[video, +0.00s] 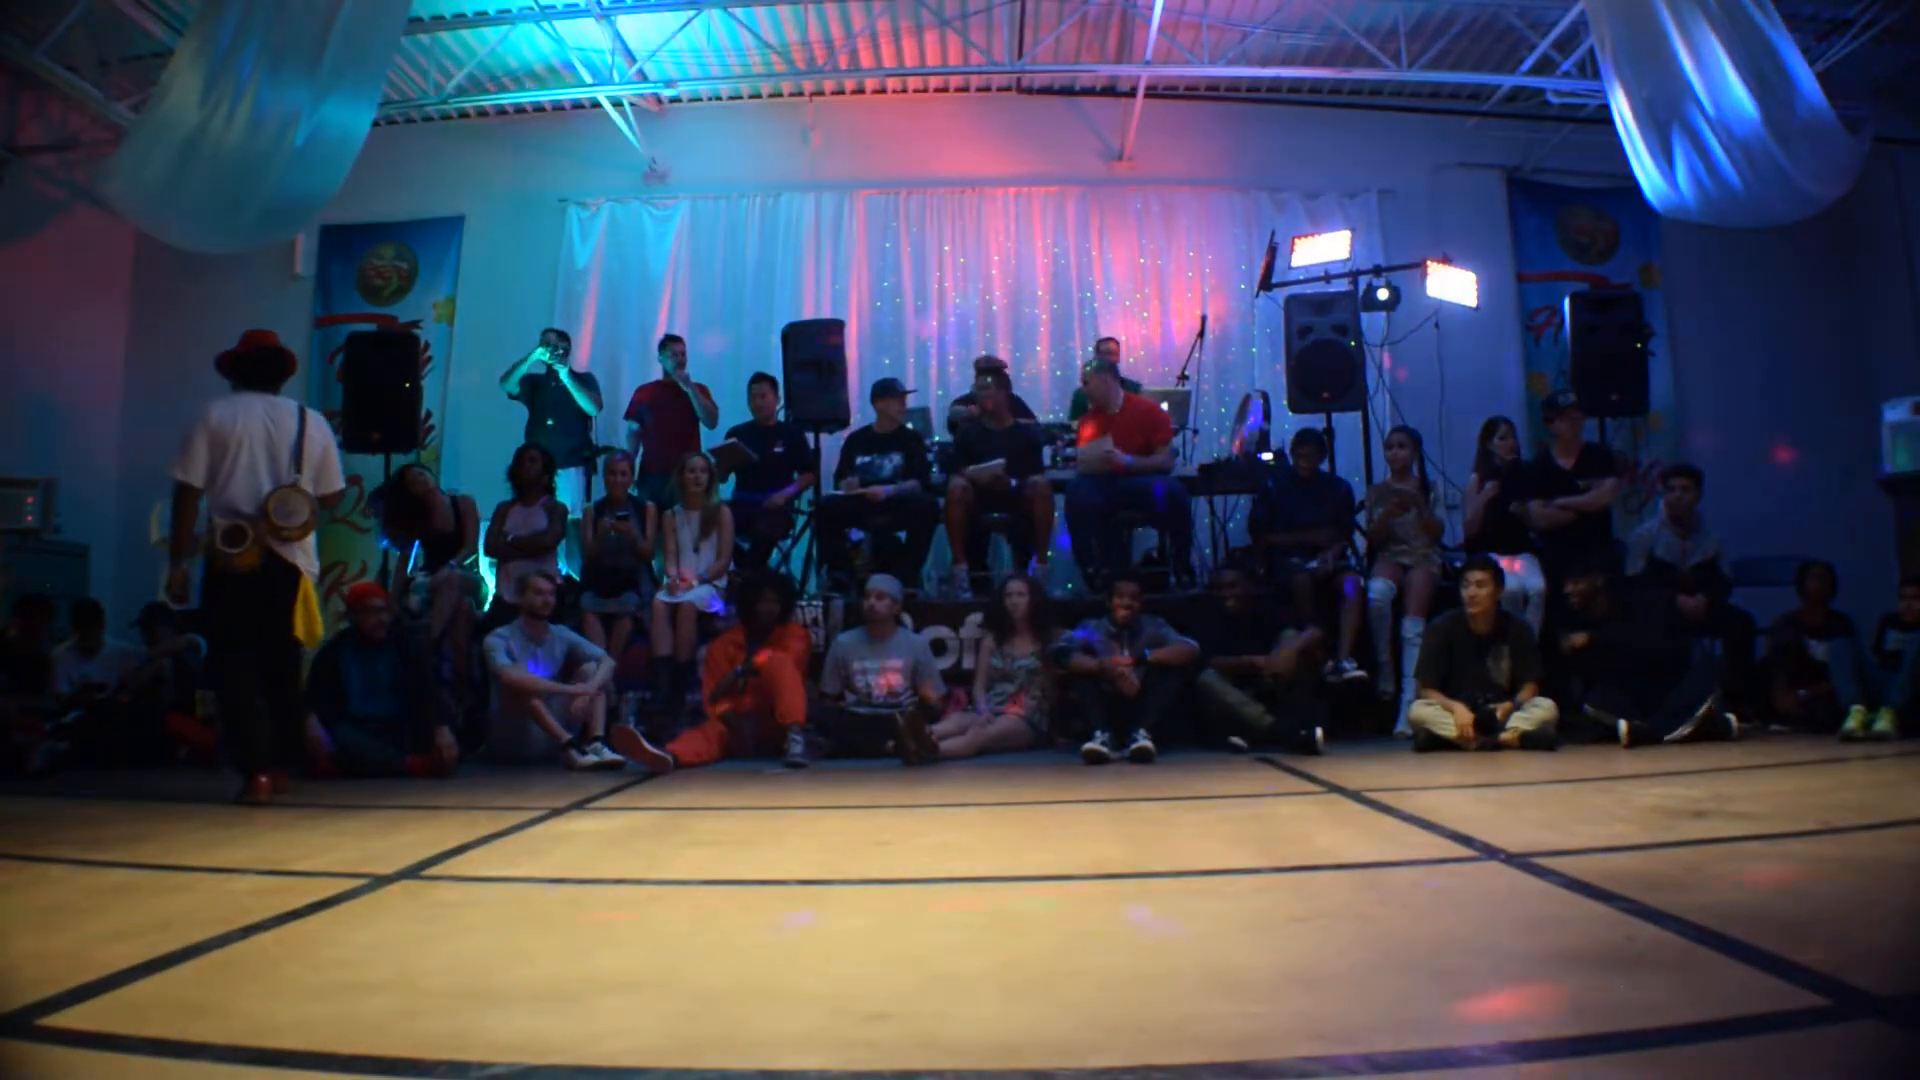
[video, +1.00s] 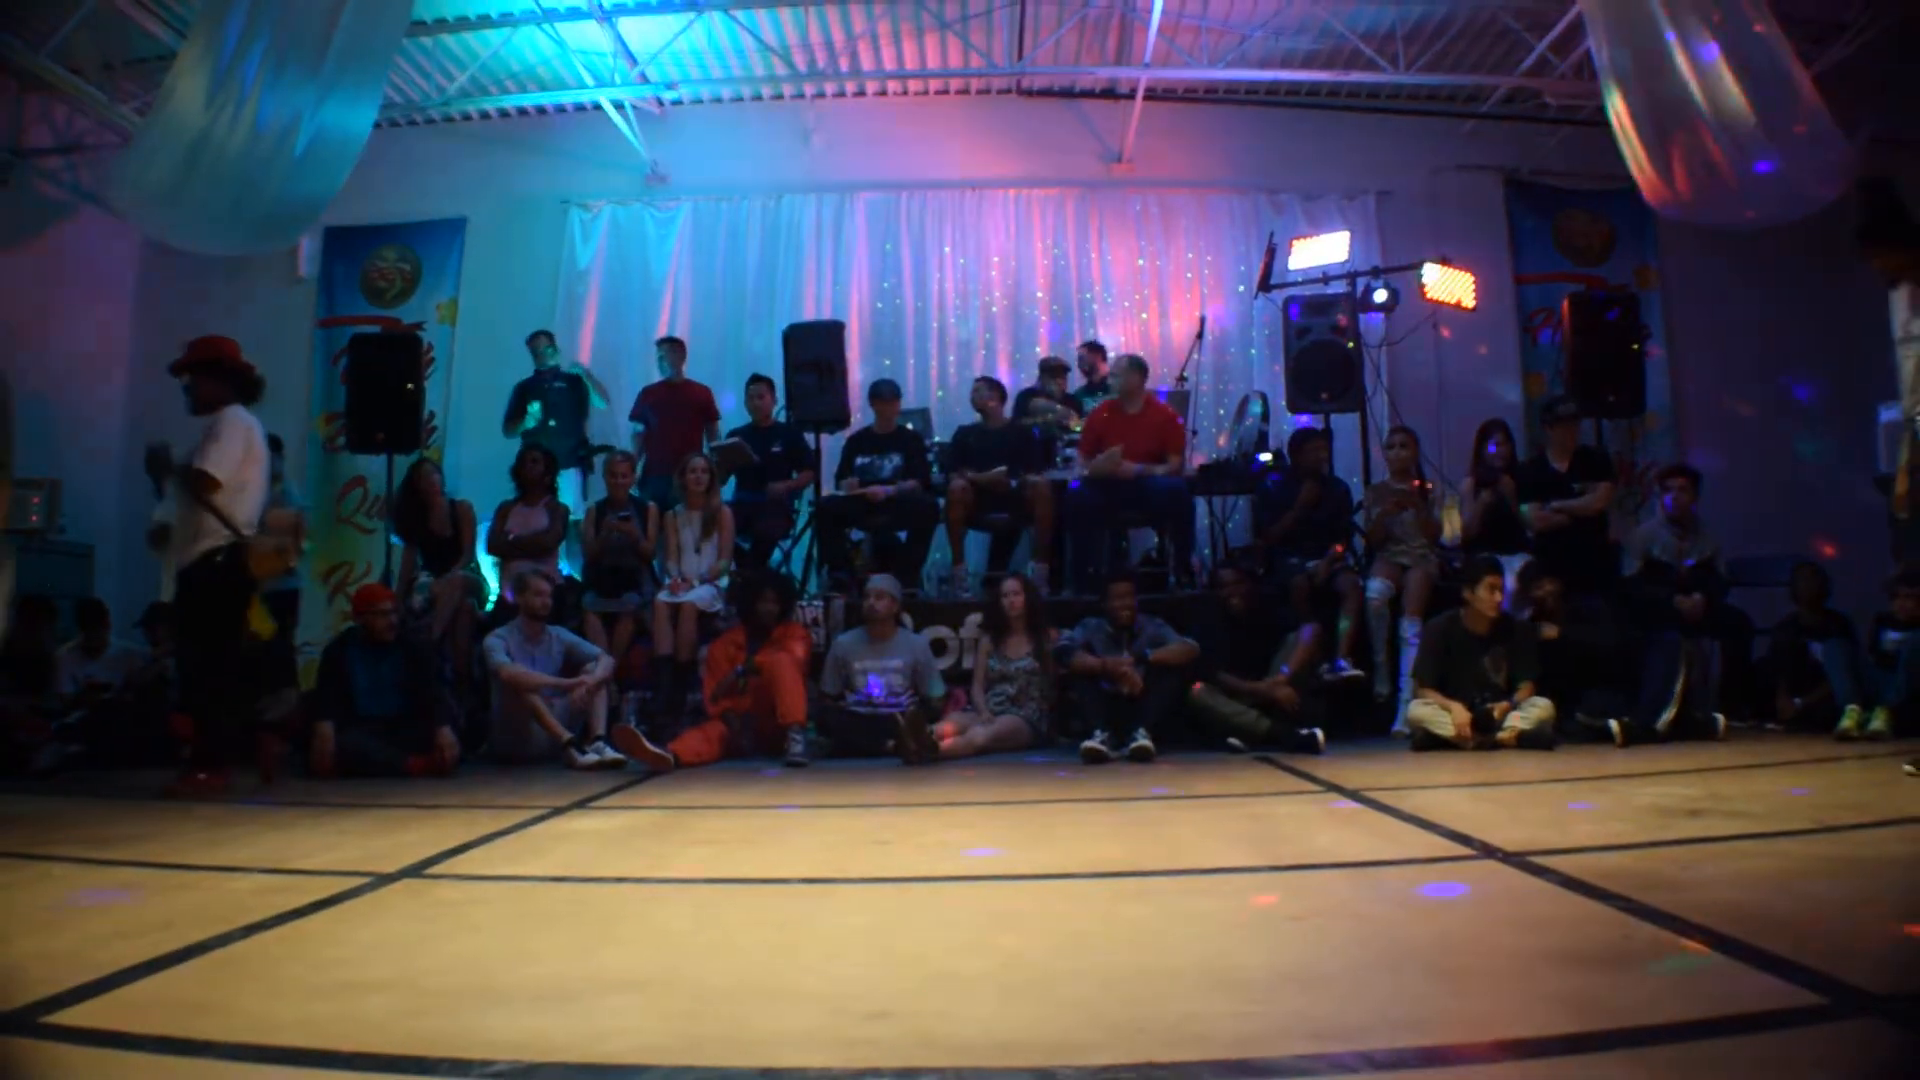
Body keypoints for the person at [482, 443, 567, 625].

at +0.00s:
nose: (525, 467)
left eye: (532, 461)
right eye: (521, 462)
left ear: (545, 472)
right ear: (514, 470)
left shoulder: (555, 509)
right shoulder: (504, 509)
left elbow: (549, 542)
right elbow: (490, 547)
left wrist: (510, 542)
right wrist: (533, 549)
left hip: (542, 598)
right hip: (507, 596)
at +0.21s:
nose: (526, 466)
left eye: (532, 461)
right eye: (521, 461)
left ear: (545, 472)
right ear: (514, 469)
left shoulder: (556, 508)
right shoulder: (503, 508)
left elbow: (550, 541)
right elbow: (491, 547)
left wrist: (510, 541)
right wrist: (533, 549)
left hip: (544, 590)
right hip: (507, 590)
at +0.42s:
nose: (525, 466)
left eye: (532, 461)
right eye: (520, 461)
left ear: (545, 472)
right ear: (513, 469)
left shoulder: (556, 508)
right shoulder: (503, 508)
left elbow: (549, 541)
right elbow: (490, 546)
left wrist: (508, 543)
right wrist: (532, 549)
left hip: (544, 590)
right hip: (506, 590)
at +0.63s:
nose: (524, 466)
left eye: (531, 461)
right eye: (520, 461)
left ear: (544, 471)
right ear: (514, 469)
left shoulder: (555, 508)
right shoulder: (503, 507)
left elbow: (549, 541)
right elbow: (489, 546)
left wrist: (509, 541)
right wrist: (532, 549)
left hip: (544, 589)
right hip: (506, 589)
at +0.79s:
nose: (525, 467)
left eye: (532, 461)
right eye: (521, 462)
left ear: (545, 471)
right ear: (514, 470)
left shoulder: (556, 508)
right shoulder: (504, 507)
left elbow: (549, 541)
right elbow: (490, 546)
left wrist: (509, 542)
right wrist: (534, 549)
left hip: (544, 588)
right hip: (507, 589)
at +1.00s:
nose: (527, 467)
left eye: (534, 462)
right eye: (523, 462)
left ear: (547, 472)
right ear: (517, 470)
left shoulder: (557, 509)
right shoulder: (506, 508)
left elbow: (551, 541)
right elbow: (493, 546)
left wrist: (511, 541)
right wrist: (535, 548)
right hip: (510, 589)